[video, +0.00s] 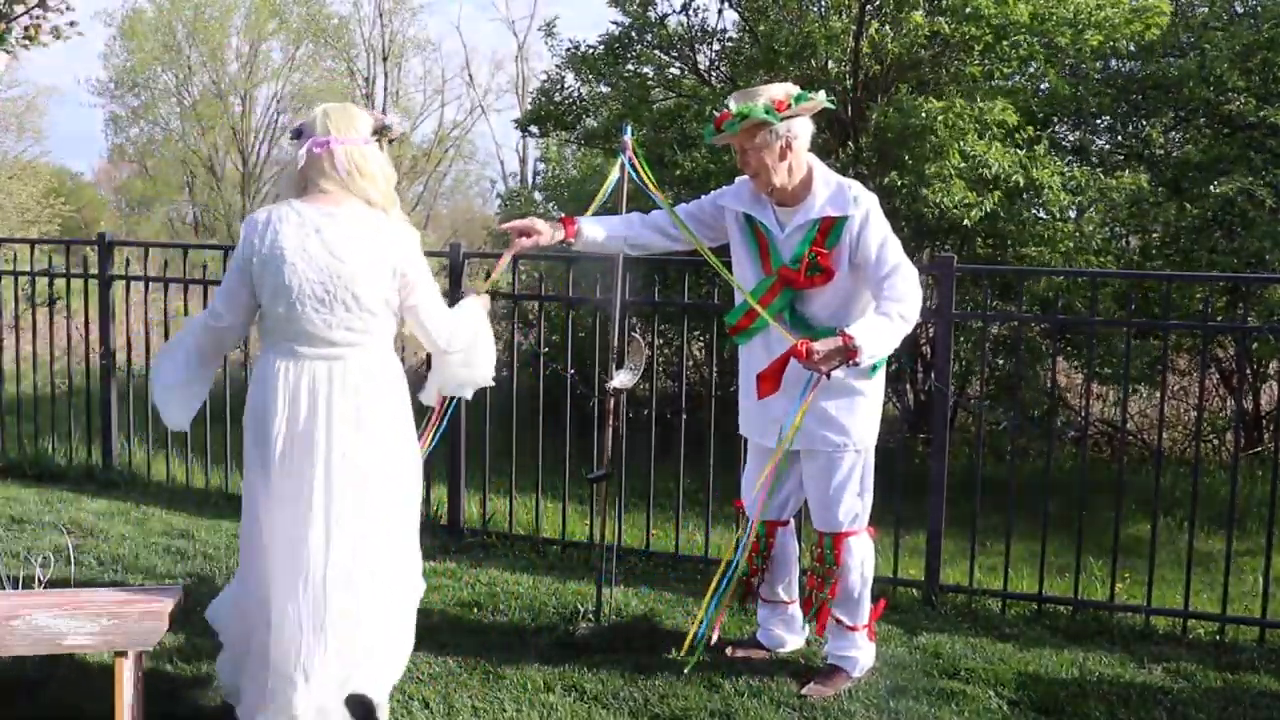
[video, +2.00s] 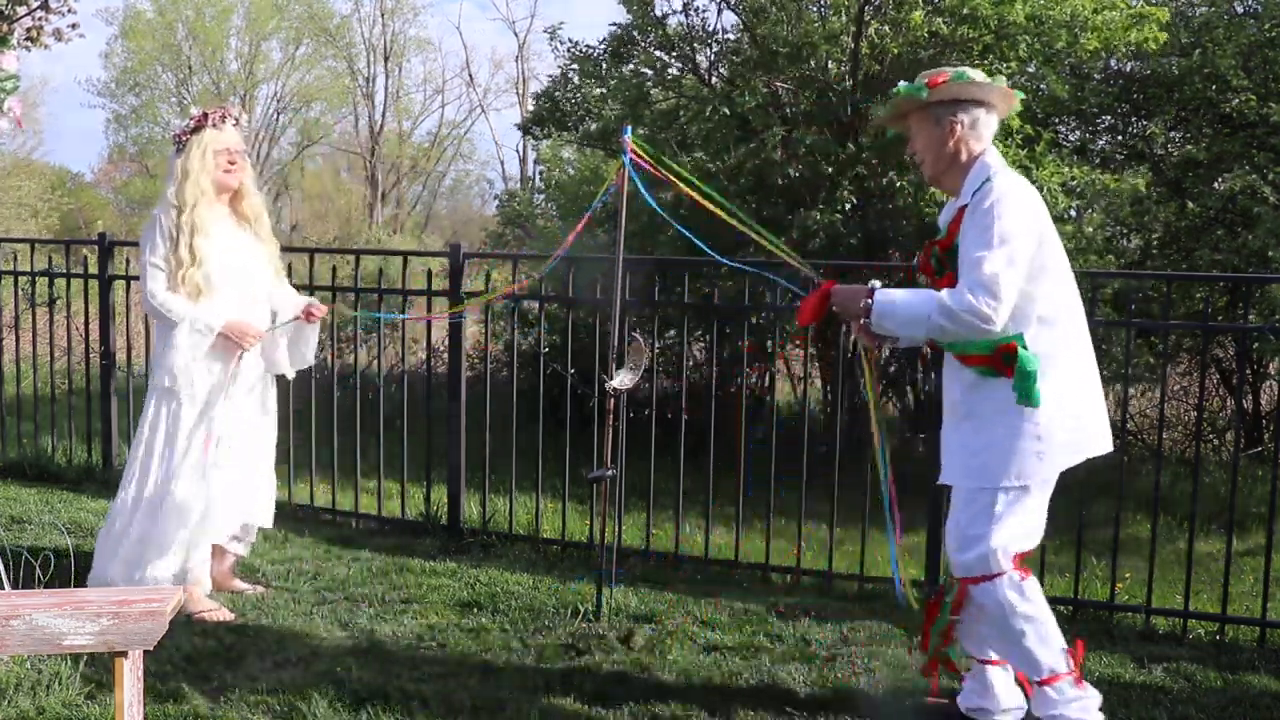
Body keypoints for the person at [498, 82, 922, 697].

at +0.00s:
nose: (740, 162)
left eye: (748, 149)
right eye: (737, 150)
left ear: (789, 145)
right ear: (746, 150)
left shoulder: (853, 206)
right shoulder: (734, 204)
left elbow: (901, 294)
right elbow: (649, 227)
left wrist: (853, 343)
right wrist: (562, 230)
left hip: (842, 386)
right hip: (767, 381)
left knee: (842, 521)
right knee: (766, 510)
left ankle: (849, 656)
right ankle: (778, 635)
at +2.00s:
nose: (908, 153)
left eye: (914, 137)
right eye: (905, 140)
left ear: (958, 129)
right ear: (952, 132)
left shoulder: (1002, 199)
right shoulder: (970, 206)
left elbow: (984, 309)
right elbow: (964, 315)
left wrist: (875, 302)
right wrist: (881, 324)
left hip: (1021, 413)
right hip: (985, 414)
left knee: (984, 553)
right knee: (971, 553)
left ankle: (1066, 701)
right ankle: (990, 700)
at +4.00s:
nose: (1027, 121)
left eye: (1038, 107)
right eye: (1026, 108)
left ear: (1086, 109)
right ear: (1071, 112)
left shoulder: (1114, 190)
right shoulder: (1071, 192)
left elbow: (1068, 297)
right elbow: (1046, 294)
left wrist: (956, 280)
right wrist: (955, 280)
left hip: (1106, 422)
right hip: (1072, 419)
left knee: (1074, 574)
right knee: (1057, 569)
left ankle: (1096, 709)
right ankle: (1082, 703)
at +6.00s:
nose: (965, 146)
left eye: (972, 131)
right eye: (965, 132)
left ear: (1006, 132)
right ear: (1023, 134)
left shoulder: (995, 198)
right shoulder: (1074, 200)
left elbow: (940, 302)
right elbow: (1026, 293)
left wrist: (872, 280)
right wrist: (939, 278)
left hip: (1025, 416)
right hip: (1096, 419)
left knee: (969, 545)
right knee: (1049, 555)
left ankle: (1037, 699)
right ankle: (1064, 700)